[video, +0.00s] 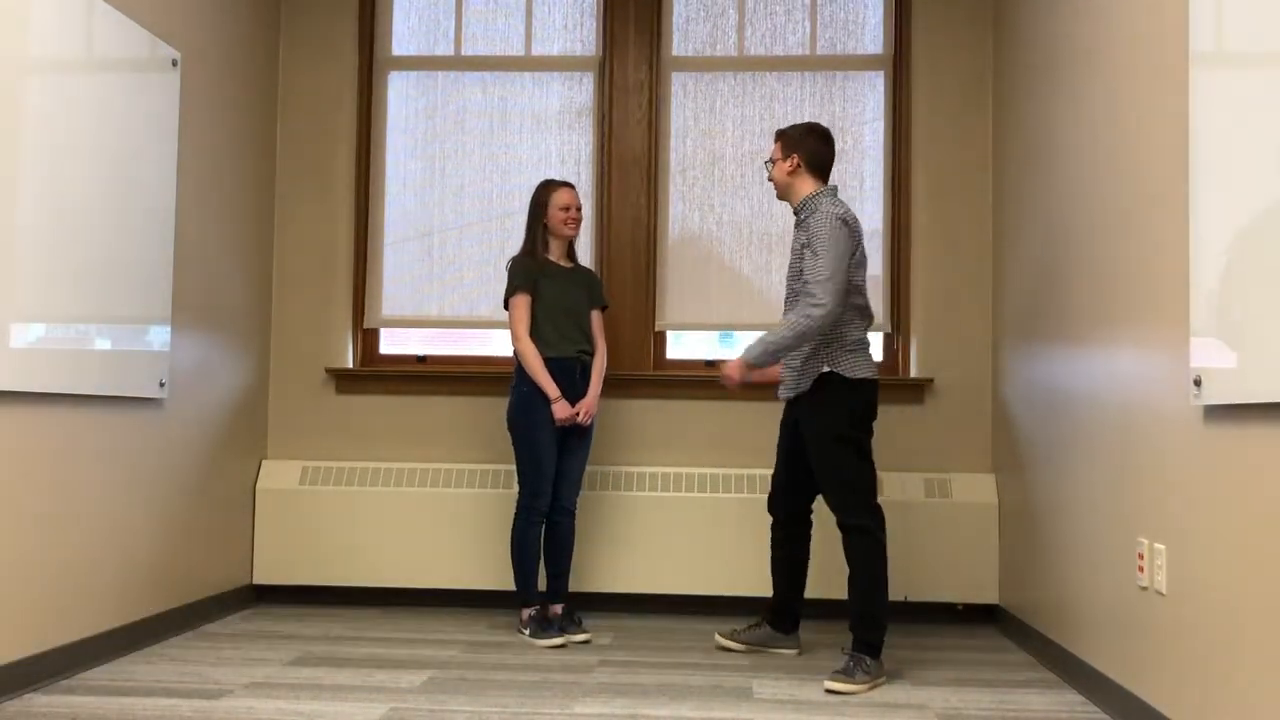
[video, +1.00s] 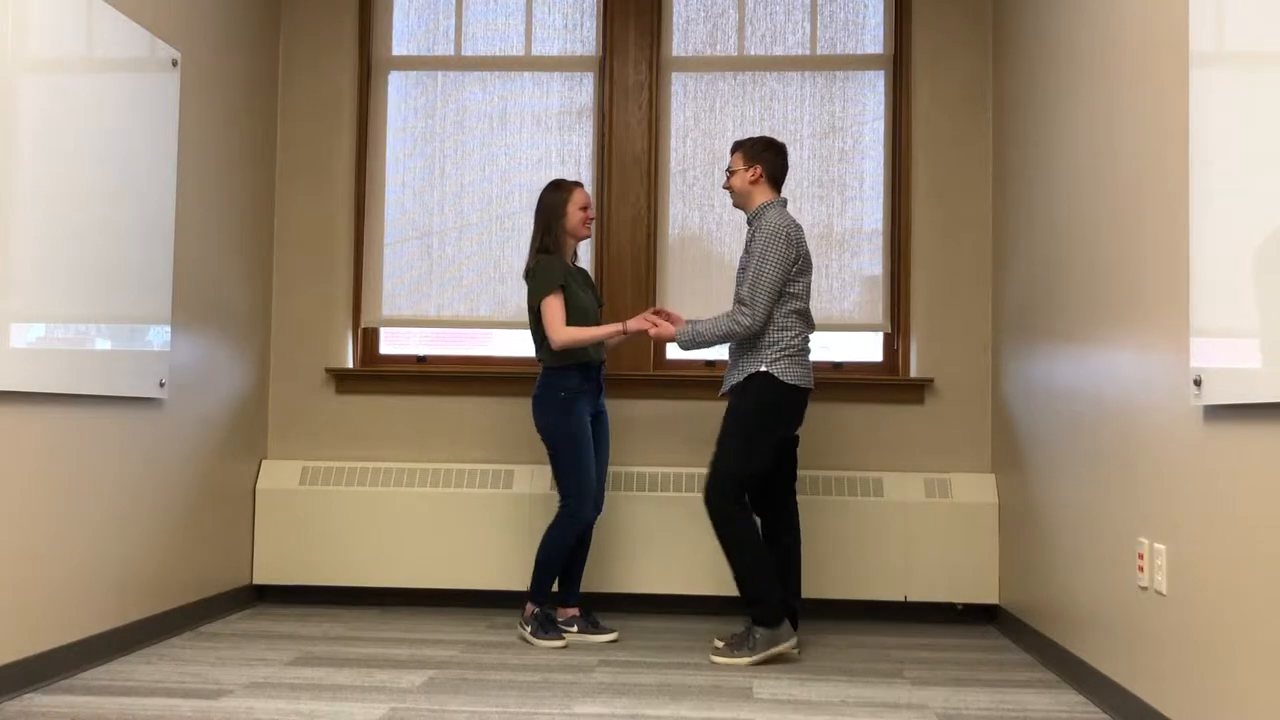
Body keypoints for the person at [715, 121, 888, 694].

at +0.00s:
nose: (768, 170)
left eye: (774, 160)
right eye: (770, 160)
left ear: (797, 163)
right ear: (803, 163)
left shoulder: (829, 217)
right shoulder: (811, 218)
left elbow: (821, 309)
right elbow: (826, 311)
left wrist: (750, 356)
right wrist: (792, 367)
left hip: (840, 387)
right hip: (811, 384)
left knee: (858, 519)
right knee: (788, 506)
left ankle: (866, 653)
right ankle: (781, 625)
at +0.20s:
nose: (757, 176)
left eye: (762, 166)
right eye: (758, 167)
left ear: (784, 168)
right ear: (791, 169)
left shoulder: (809, 227)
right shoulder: (797, 226)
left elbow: (777, 316)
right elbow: (783, 319)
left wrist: (706, 351)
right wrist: (722, 355)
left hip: (814, 388)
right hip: (789, 388)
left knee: (828, 516)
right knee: (770, 506)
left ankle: (859, 653)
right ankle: (779, 626)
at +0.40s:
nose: (743, 177)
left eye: (748, 167)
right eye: (745, 168)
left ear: (772, 167)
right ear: (776, 169)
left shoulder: (796, 225)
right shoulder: (783, 226)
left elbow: (761, 309)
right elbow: (764, 316)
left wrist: (691, 340)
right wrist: (703, 352)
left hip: (796, 379)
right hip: (778, 380)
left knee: (781, 500)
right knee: (768, 500)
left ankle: (831, 635)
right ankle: (781, 626)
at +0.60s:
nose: (735, 178)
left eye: (741, 169)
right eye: (736, 170)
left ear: (765, 170)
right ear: (770, 171)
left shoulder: (787, 224)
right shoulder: (777, 225)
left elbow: (750, 305)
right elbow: (756, 318)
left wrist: (681, 333)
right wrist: (694, 350)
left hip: (786, 383)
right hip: (776, 382)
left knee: (768, 506)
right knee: (767, 505)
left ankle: (778, 632)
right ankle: (774, 627)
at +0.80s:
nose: (733, 180)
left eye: (739, 170)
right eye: (734, 171)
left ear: (764, 171)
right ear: (768, 171)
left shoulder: (779, 224)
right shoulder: (775, 224)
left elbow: (738, 306)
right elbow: (741, 314)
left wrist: (670, 329)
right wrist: (674, 330)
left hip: (773, 382)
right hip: (767, 379)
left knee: (771, 503)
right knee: (769, 502)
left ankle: (779, 631)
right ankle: (775, 626)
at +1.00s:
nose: (726, 180)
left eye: (731, 170)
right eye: (728, 171)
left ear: (755, 173)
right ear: (762, 175)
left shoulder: (771, 228)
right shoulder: (777, 227)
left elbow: (749, 319)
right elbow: (750, 319)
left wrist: (681, 333)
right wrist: (687, 324)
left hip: (768, 383)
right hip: (781, 382)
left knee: (723, 496)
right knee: (775, 502)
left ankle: (769, 624)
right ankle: (782, 625)